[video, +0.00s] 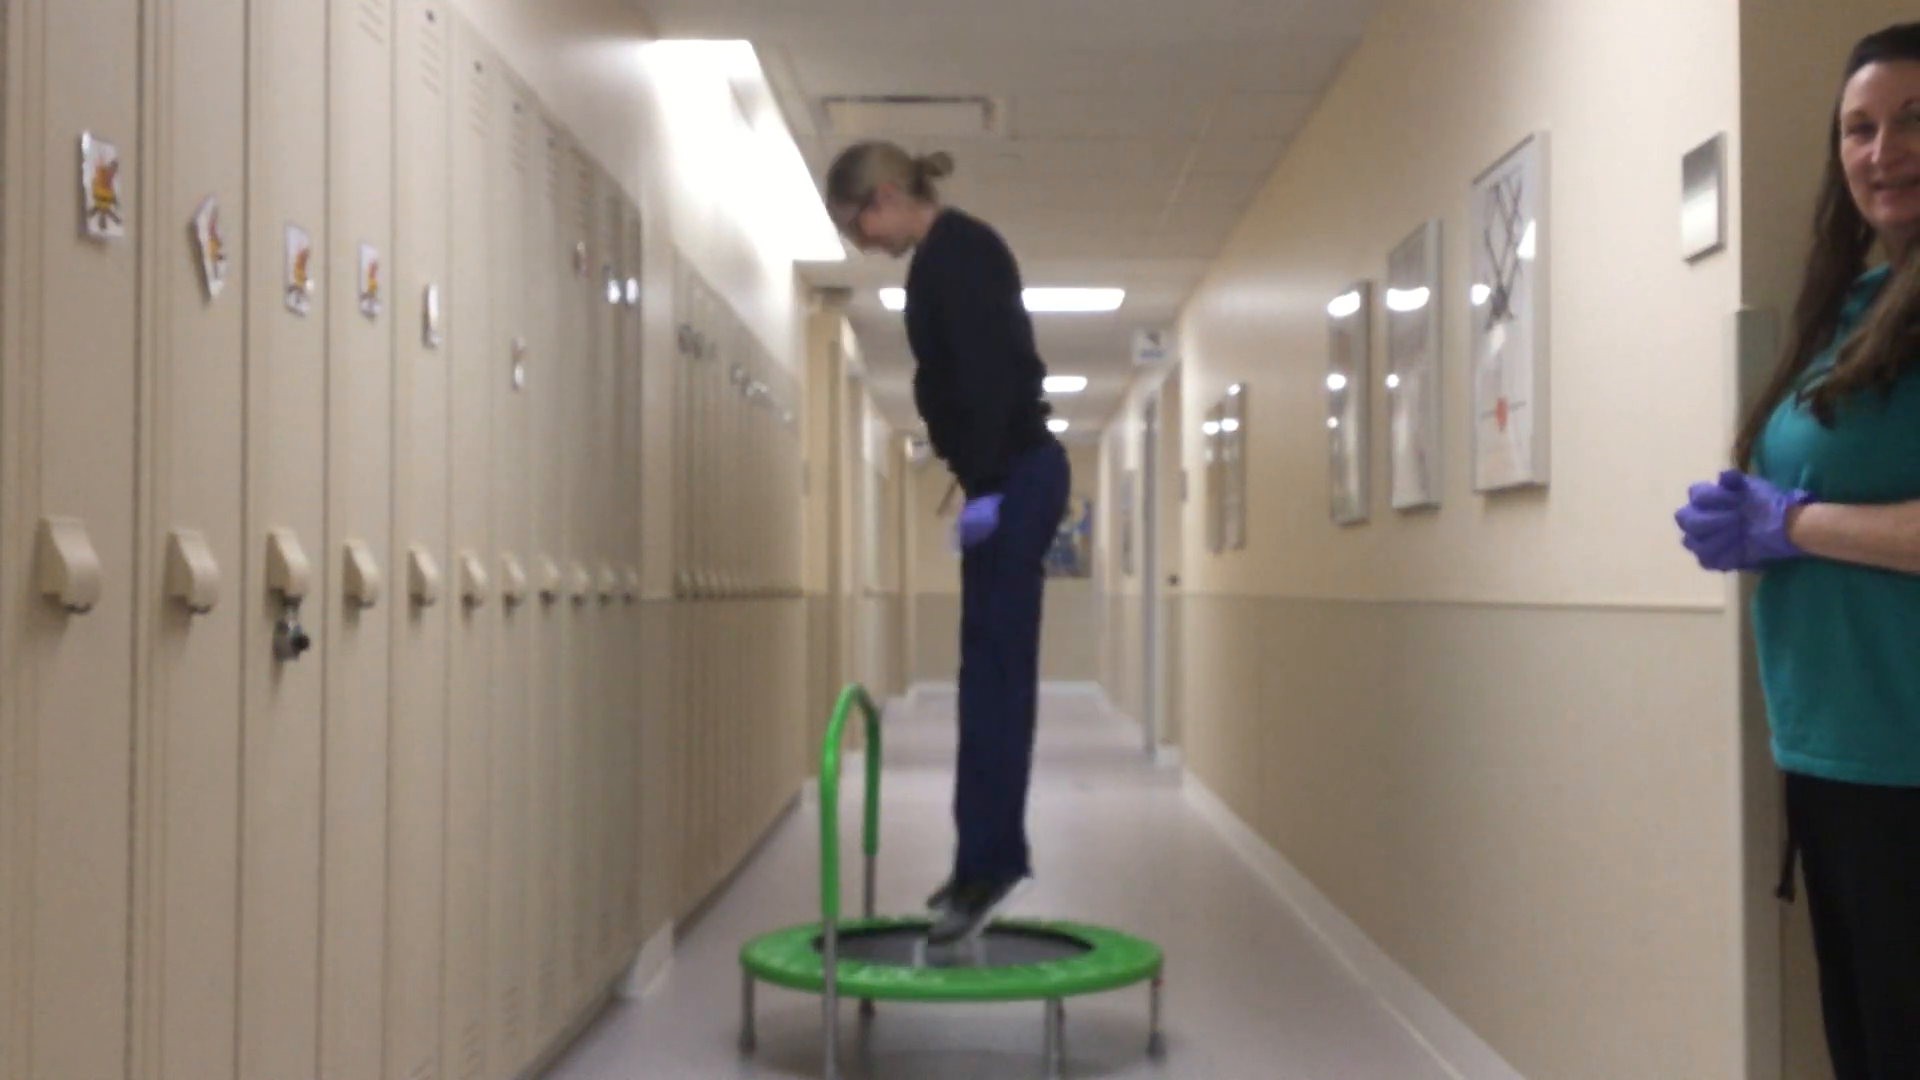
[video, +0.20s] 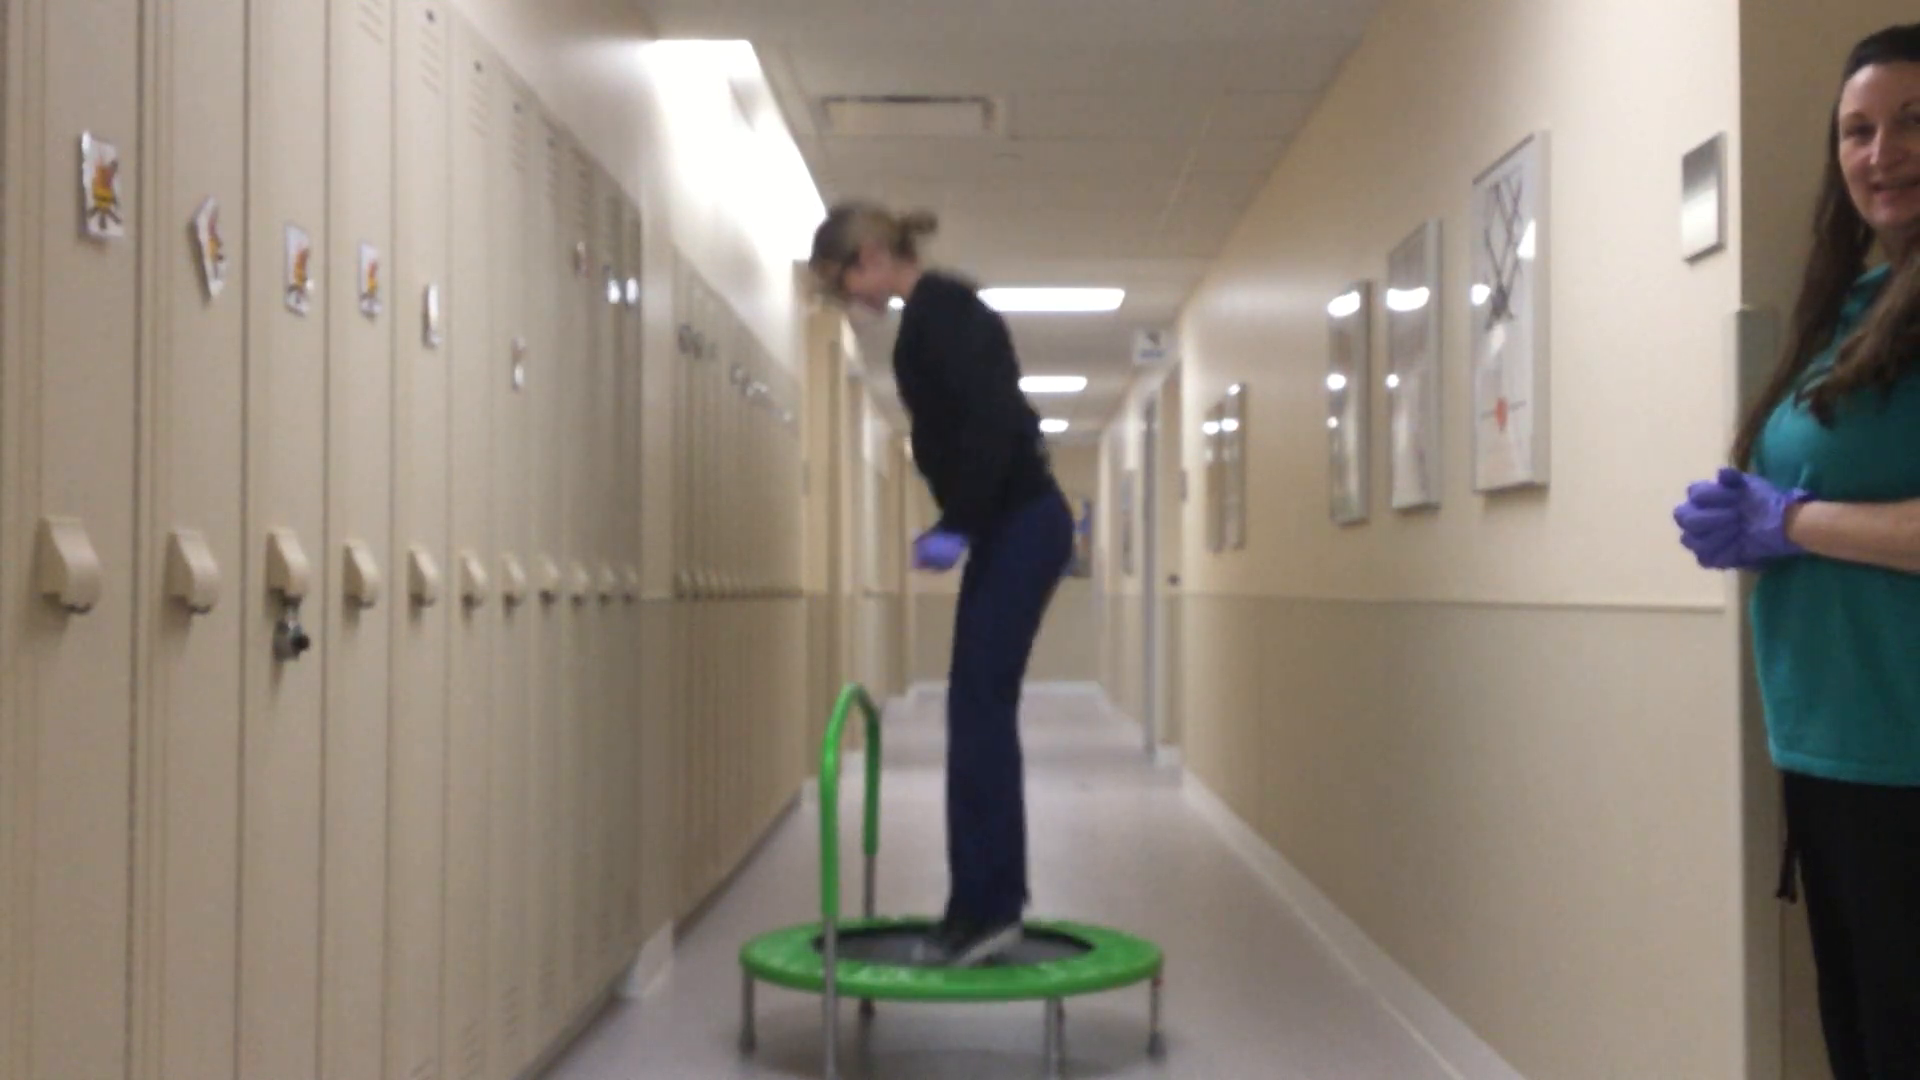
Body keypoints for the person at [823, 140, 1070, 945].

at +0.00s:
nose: (863, 239)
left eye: (861, 221)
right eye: (855, 229)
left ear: (889, 193)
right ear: (885, 202)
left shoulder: (957, 249)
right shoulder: (945, 255)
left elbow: (988, 365)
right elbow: (979, 367)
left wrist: (984, 480)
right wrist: (977, 476)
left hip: (1015, 474)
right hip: (1006, 475)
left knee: (995, 667)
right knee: (990, 667)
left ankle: (990, 860)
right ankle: (984, 856)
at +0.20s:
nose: (853, 299)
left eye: (849, 282)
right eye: (842, 290)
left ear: (874, 252)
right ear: (870, 261)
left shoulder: (944, 309)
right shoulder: (933, 314)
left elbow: (990, 419)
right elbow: (972, 422)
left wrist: (959, 521)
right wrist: (955, 522)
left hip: (1023, 527)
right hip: (1009, 528)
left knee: (980, 708)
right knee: (976, 707)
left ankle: (988, 909)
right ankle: (980, 904)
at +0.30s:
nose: (842, 378)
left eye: (840, 359)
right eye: (832, 367)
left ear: (870, 334)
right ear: (860, 345)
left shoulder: (934, 405)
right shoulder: (922, 406)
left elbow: (969, 516)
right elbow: (951, 520)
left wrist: (899, 576)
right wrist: (895, 573)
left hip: (1033, 609)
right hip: (1027, 607)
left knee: (946, 767)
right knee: (953, 766)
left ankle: (984, 943)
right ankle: (997, 932)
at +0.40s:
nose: (829, 453)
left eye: (827, 436)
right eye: (821, 441)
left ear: (858, 419)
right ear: (866, 420)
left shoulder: (924, 482)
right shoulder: (918, 481)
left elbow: (948, 598)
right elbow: (937, 596)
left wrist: (856, 611)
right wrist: (857, 608)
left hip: (1054, 667)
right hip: (1046, 664)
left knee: (916, 778)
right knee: (917, 776)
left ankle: (978, 939)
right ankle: (988, 929)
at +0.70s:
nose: (854, 393)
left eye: (855, 374)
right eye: (846, 381)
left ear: (887, 353)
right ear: (873, 365)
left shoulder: (940, 426)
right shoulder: (930, 426)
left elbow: (965, 549)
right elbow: (955, 550)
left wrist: (880, 604)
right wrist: (883, 601)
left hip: (1045, 632)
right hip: (1037, 630)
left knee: (928, 783)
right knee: (930, 781)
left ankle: (981, 942)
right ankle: (982, 936)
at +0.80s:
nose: (867, 297)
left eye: (870, 278)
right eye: (860, 285)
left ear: (904, 260)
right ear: (894, 272)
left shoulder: (956, 332)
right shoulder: (945, 335)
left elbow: (985, 448)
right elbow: (967, 453)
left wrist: (950, 550)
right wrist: (946, 549)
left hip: (1024, 555)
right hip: (1013, 554)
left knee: (975, 742)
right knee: (976, 742)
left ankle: (984, 934)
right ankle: (992, 925)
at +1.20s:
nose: (890, 346)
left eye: (890, 328)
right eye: (882, 334)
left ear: (920, 308)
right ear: (916, 315)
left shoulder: (977, 374)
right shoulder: (966, 379)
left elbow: (1019, 485)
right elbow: (1011, 485)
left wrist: (970, 578)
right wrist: (976, 575)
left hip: (1049, 592)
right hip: (1036, 591)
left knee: (977, 755)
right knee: (979, 754)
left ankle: (1020, 937)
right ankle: (1020, 931)